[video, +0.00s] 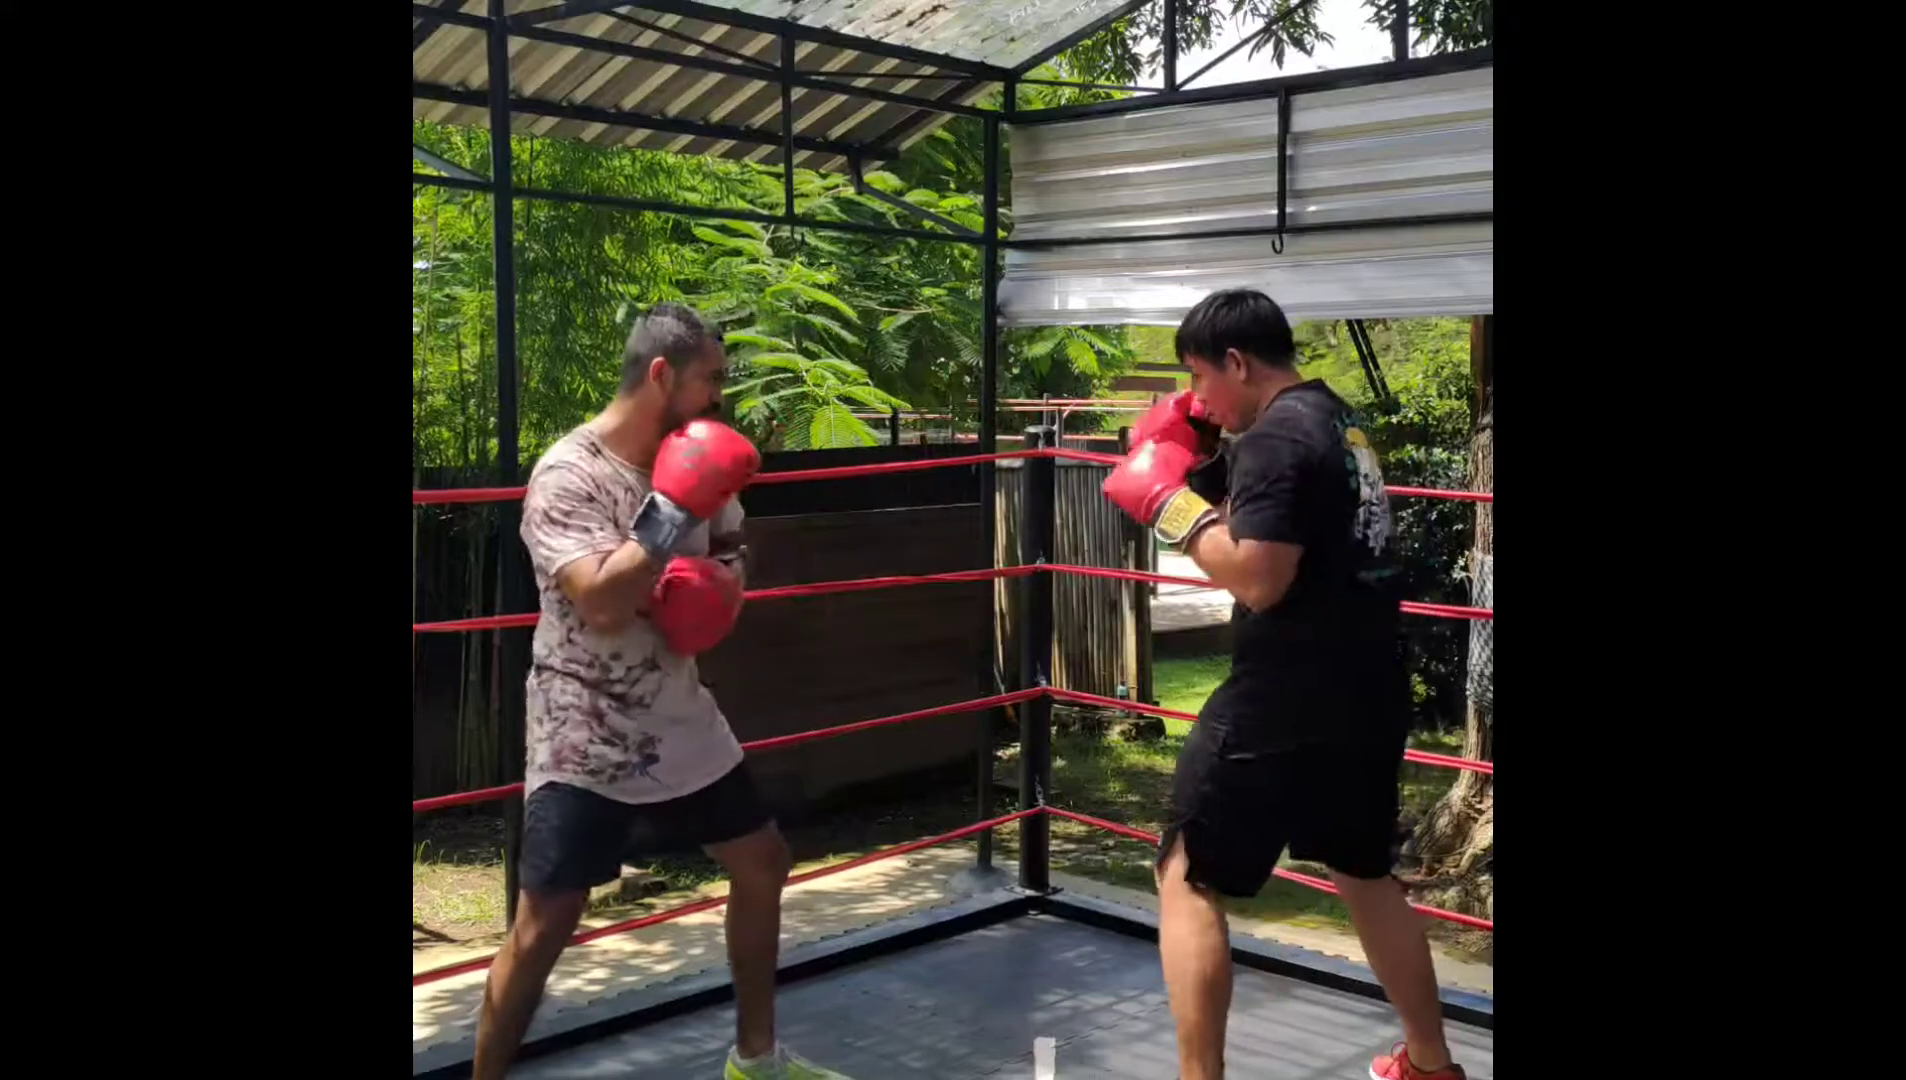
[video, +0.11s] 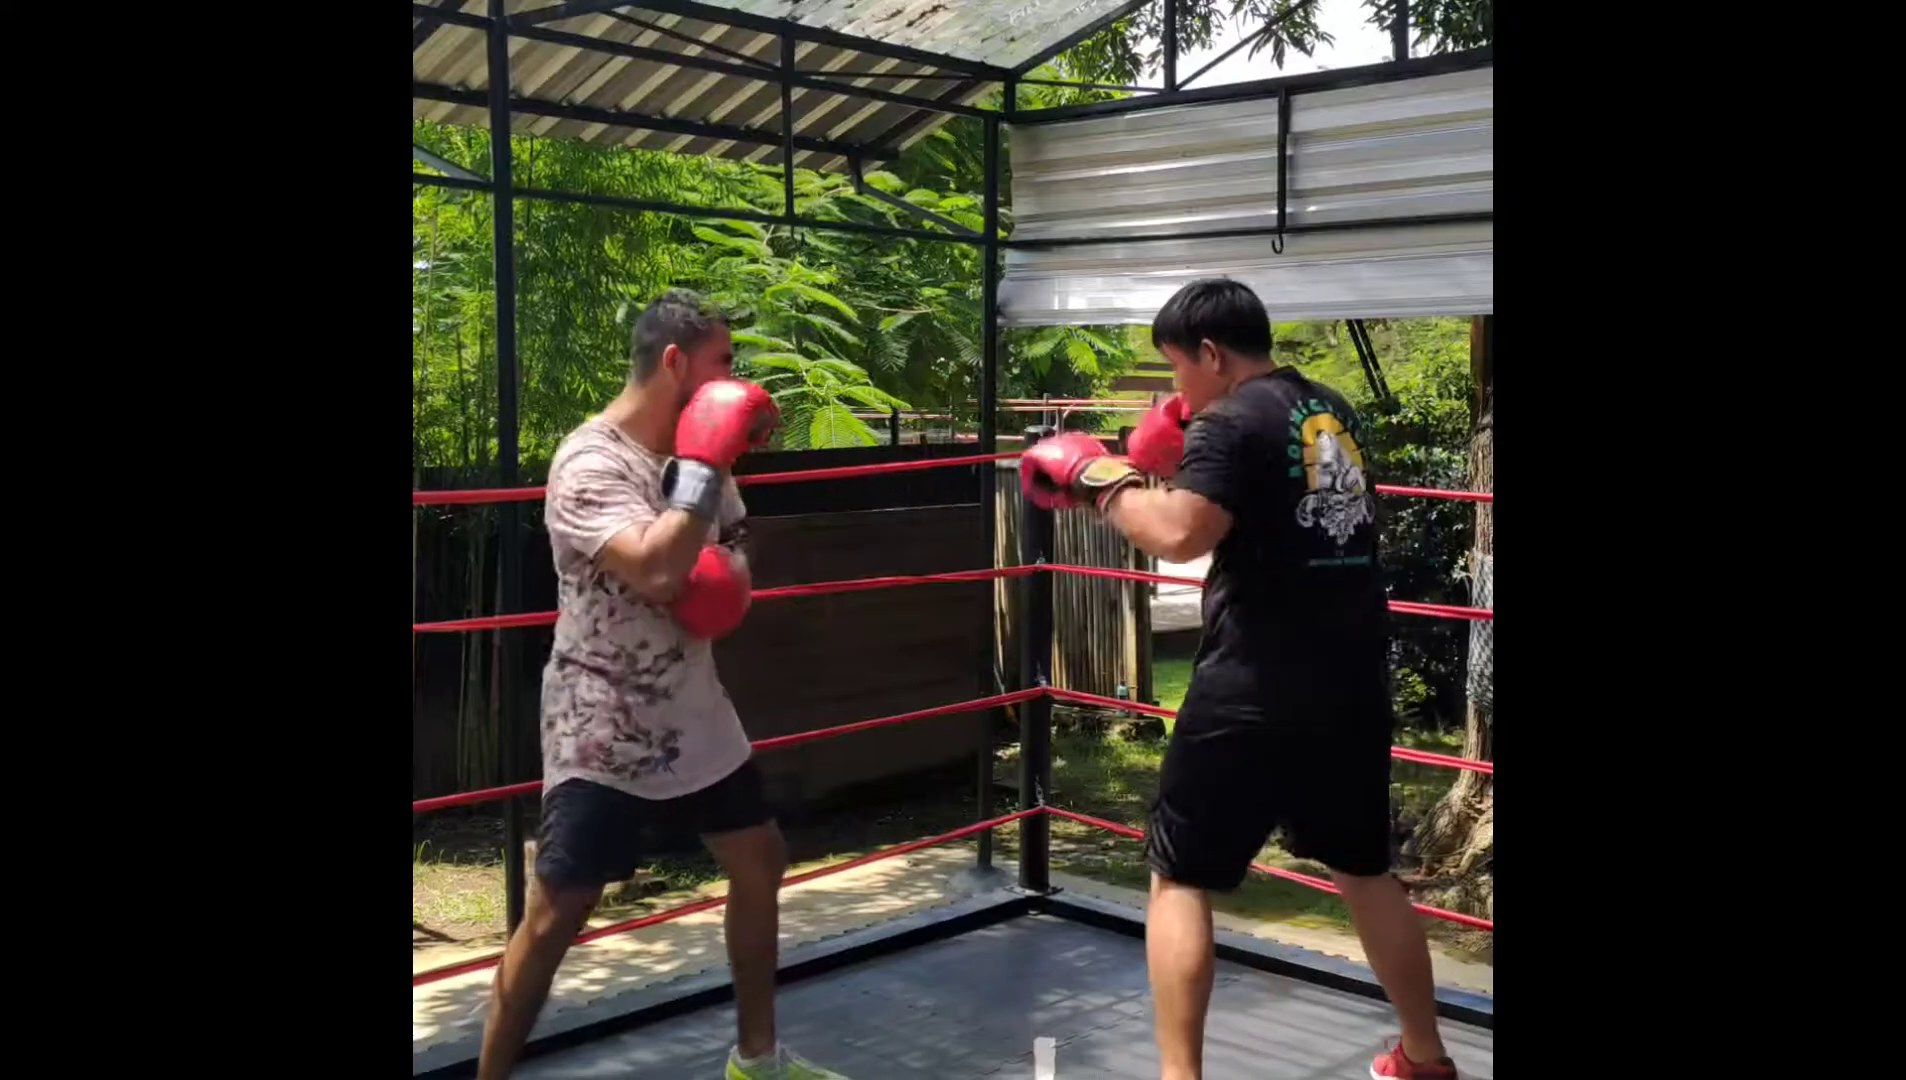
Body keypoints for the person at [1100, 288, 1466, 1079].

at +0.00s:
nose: (1196, 399)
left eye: (1198, 378)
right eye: (1192, 381)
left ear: (1237, 366)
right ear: (1265, 361)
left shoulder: (1276, 435)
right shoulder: (1331, 416)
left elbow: (1259, 577)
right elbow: (1285, 528)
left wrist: (1173, 509)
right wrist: (1202, 464)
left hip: (1280, 697)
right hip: (1365, 695)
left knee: (1187, 877)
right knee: (1368, 872)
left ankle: (1200, 1071)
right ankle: (1430, 1059)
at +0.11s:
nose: (1174, 388)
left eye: (1173, 369)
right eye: (1167, 373)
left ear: (1212, 354)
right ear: (1258, 348)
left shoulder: (1232, 420)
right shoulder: (1331, 408)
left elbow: (1177, 532)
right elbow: (1281, 511)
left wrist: (1102, 480)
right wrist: (1186, 460)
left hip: (1251, 690)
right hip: (1351, 690)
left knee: (1180, 877)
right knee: (1368, 871)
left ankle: (1179, 1070)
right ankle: (1425, 1051)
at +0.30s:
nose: (1154, 376)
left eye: (1154, 360)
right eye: (1149, 362)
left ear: (1187, 347)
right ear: (1240, 338)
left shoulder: (1191, 405)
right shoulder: (1326, 396)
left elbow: (1039, 429)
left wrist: (930, 398)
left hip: (1244, 681)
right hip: (1350, 676)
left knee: (1180, 875)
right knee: (1363, 853)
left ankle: (1179, 1074)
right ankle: (1426, 1038)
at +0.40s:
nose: (1168, 383)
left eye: (1168, 365)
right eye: (1163, 367)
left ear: (1201, 346)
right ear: (1244, 342)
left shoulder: (1208, 406)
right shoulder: (1323, 398)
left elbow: (1079, 475)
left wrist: (980, 432)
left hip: (1253, 680)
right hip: (1352, 678)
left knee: (1187, 871)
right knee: (1362, 852)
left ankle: (1182, 1069)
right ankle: (1434, 1038)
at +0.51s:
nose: (1183, 386)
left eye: (1182, 367)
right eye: (1175, 371)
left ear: (1224, 347)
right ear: (1265, 343)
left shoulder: (1242, 414)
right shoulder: (1328, 402)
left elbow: (1157, 537)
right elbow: (1274, 516)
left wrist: (1087, 461)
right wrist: (1184, 456)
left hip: (1269, 687)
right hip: (1360, 683)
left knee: (1213, 889)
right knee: (1370, 869)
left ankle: (1195, 1072)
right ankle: (1434, 1056)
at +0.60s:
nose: (1209, 383)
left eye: (1212, 365)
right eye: (1203, 369)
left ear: (1254, 348)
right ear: (1275, 347)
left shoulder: (1283, 433)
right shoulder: (1339, 408)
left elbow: (1220, 562)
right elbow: (1273, 531)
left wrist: (1169, 458)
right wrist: (1209, 445)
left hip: (1300, 687)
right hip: (1381, 682)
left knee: (1226, 881)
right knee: (1386, 874)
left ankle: (1198, 1071)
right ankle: (1436, 1065)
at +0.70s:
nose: (1229, 375)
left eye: (1232, 357)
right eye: (1223, 361)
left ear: (1280, 343)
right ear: (1296, 344)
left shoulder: (1310, 427)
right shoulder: (1354, 410)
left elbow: (1248, 563)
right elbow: (1269, 543)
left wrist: (1202, 456)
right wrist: (1221, 449)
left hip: (1324, 685)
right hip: (1396, 683)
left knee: (1238, 879)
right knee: (1393, 874)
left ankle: (1223, 1070)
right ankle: (1437, 1065)